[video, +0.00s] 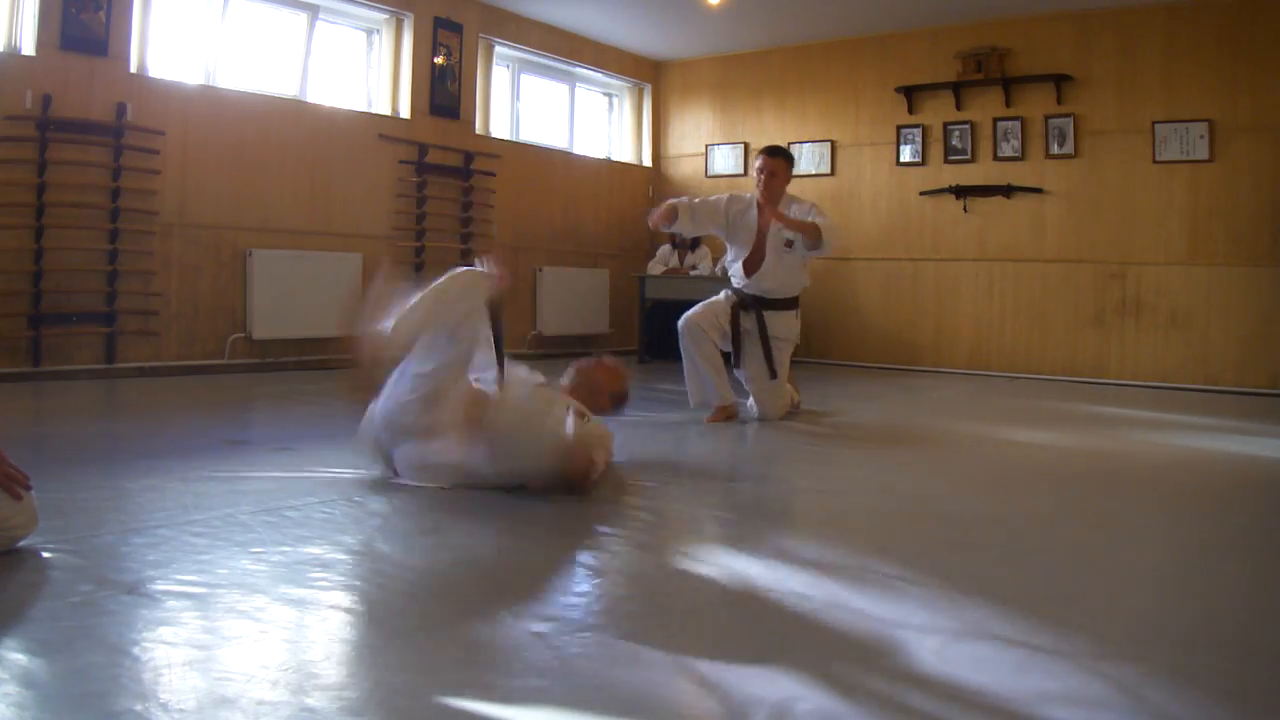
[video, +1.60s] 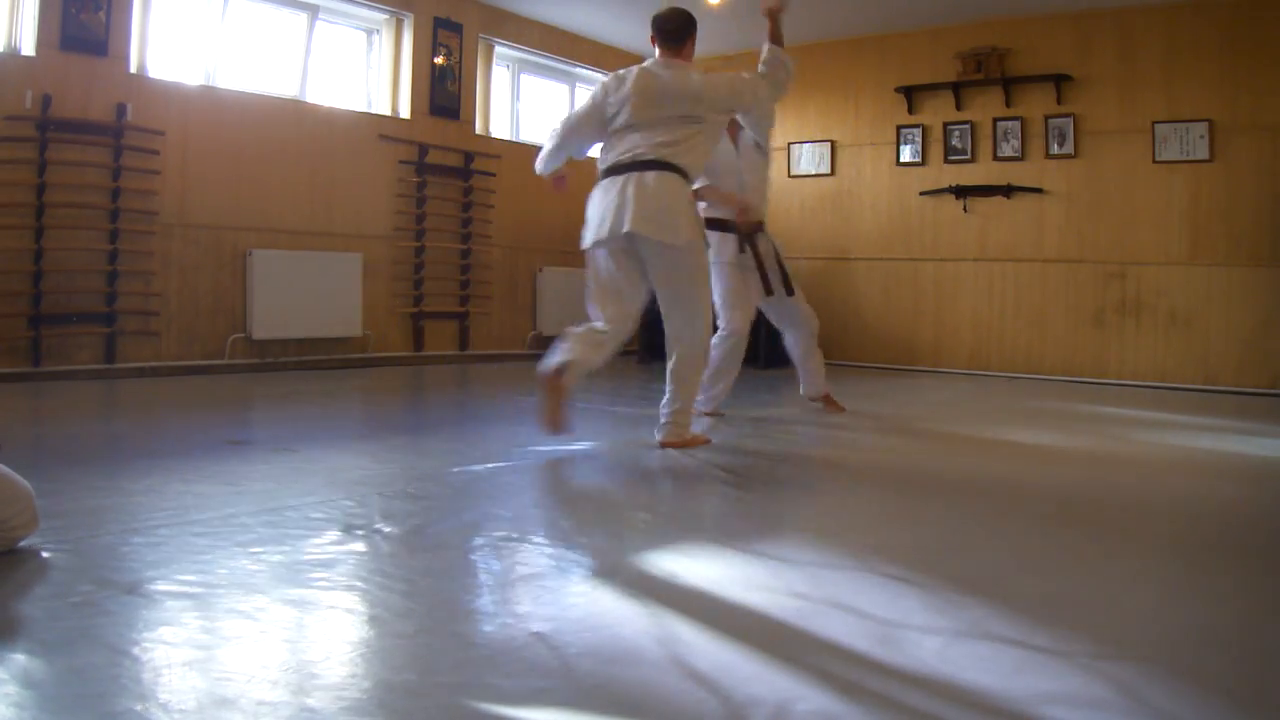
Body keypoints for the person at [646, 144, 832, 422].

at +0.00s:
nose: (763, 179)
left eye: (771, 174)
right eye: (759, 172)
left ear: (787, 179)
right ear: (753, 174)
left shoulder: (803, 212)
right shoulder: (736, 206)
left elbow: (826, 235)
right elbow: (696, 208)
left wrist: (785, 221)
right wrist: (670, 212)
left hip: (777, 313)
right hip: (735, 301)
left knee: (767, 410)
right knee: (692, 324)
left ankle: (789, 393)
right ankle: (724, 404)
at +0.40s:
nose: (756, 127)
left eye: (764, 122)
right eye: (751, 122)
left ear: (779, 130)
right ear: (744, 129)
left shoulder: (795, 167)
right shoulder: (728, 168)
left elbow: (814, 223)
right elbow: (706, 207)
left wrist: (774, 245)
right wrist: (720, 225)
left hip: (780, 263)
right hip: (734, 259)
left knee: (774, 354)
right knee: (711, 316)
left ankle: (788, 389)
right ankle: (726, 402)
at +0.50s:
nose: (760, 110)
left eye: (769, 105)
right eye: (755, 104)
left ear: (782, 112)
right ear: (747, 110)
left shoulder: (799, 149)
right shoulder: (730, 149)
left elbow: (815, 202)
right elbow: (715, 183)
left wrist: (773, 220)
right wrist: (726, 189)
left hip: (786, 248)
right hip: (741, 245)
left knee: (782, 323)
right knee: (721, 317)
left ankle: (783, 386)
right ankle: (726, 402)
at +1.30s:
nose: (782, 93)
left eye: (790, 87)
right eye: (777, 87)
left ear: (804, 94)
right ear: (770, 92)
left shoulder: (817, 130)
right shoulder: (750, 132)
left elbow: (826, 183)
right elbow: (725, 174)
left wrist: (778, 187)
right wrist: (726, 209)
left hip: (801, 229)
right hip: (758, 229)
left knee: (813, 313)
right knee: (759, 307)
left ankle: (816, 391)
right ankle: (747, 389)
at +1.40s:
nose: (775, 97)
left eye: (783, 92)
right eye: (770, 91)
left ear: (795, 100)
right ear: (761, 97)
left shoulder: (806, 131)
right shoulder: (743, 136)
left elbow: (808, 172)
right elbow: (712, 178)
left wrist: (759, 163)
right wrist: (708, 218)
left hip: (794, 231)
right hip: (752, 230)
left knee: (813, 314)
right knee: (759, 297)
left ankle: (813, 390)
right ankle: (736, 383)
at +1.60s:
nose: (741, 103)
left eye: (743, 98)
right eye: (734, 98)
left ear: (744, 103)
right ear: (720, 102)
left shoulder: (756, 138)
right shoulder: (702, 137)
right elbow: (695, 187)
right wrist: (733, 202)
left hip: (756, 236)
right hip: (720, 237)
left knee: (800, 318)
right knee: (733, 325)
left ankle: (814, 389)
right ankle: (705, 403)